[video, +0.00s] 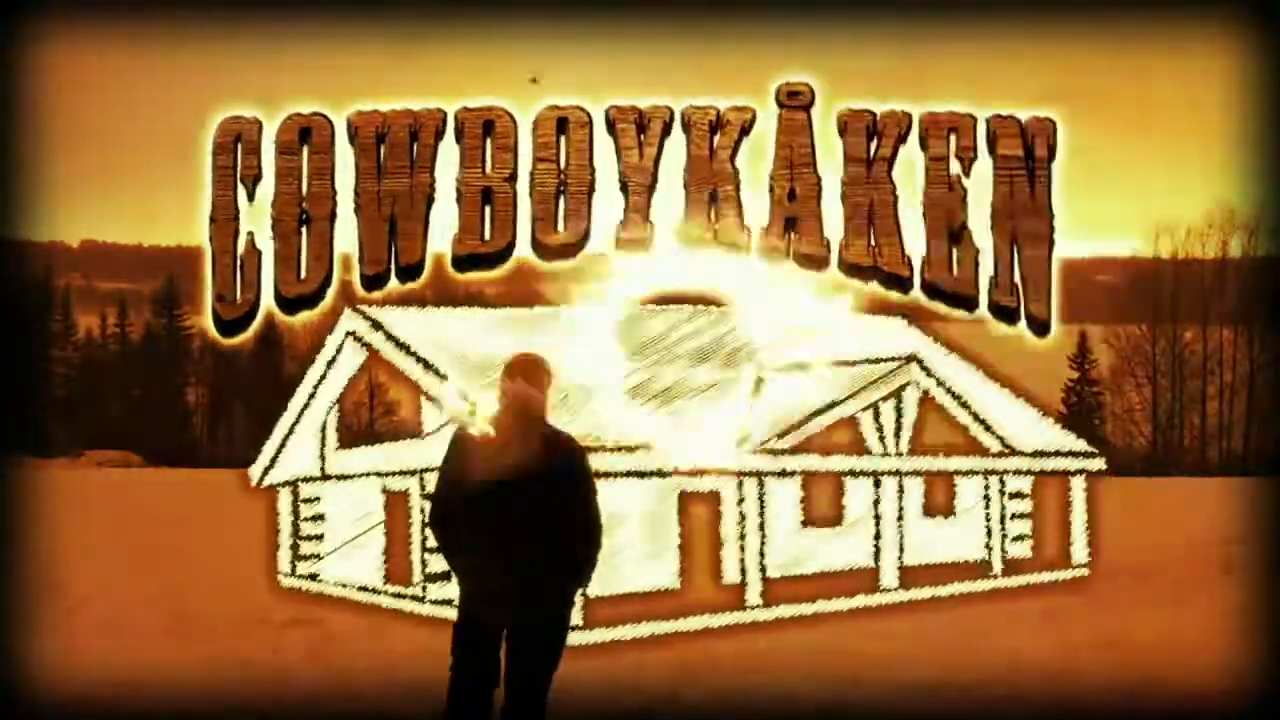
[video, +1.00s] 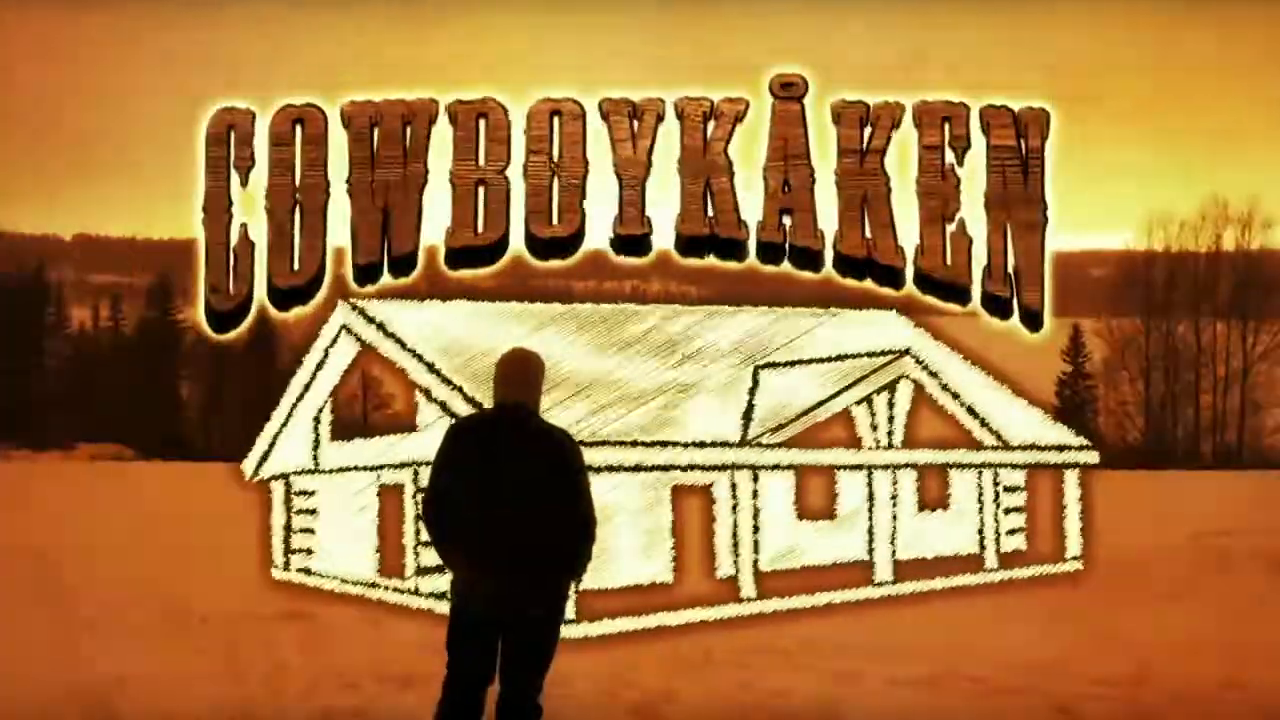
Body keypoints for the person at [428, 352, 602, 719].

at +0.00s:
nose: (525, 395)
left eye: (530, 385)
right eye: (523, 385)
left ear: (500, 388)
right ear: (546, 391)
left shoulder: (469, 445)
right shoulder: (566, 452)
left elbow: (442, 516)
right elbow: (588, 529)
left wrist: (470, 571)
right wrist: (570, 581)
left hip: (481, 593)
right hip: (545, 597)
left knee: (469, 692)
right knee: (528, 698)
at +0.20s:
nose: (524, 392)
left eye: (521, 383)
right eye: (529, 384)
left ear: (495, 384)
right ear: (539, 388)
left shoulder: (465, 433)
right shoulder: (557, 444)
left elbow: (437, 509)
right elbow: (579, 522)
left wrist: (459, 561)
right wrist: (560, 570)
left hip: (478, 594)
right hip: (541, 599)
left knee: (468, 691)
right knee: (526, 699)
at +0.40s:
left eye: (506, 381)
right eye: (527, 383)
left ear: (493, 384)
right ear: (537, 388)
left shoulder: (463, 433)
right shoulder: (557, 445)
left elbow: (434, 510)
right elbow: (579, 525)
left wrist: (460, 565)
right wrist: (562, 575)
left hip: (474, 586)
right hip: (537, 591)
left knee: (461, 687)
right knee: (521, 693)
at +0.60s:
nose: (522, 390)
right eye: (527, 382)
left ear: (491, 383)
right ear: (535, 386)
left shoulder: (461, 434)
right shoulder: (557, 443)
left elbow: (433, 508)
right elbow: (580, 518)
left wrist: (454, 560)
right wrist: (566, 570)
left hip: (473, 586)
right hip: (538, 590)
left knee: (462, 685)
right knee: (522, 691)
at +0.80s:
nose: (521, 390)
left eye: (508, 381)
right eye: (527, 383)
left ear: (493, 383)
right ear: (536, 387)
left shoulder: (460, 435)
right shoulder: (559, 444)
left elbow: (434, 510)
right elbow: (581, 519)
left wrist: (456, 561)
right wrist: (566, 570)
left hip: (473, 587)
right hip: (538, 592)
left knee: (462, 688)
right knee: (522, 691)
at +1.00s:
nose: (522, 392)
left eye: (509, 382)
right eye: (529, 384)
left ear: (495, 384)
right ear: (539, 389)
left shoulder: (463, 434)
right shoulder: (561, 444)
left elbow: (436, 508)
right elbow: (582, 521)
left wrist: (459, 561)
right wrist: (566, 572)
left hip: (475, 587)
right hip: (540, 591)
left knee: (463, 688)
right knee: (522, 693)